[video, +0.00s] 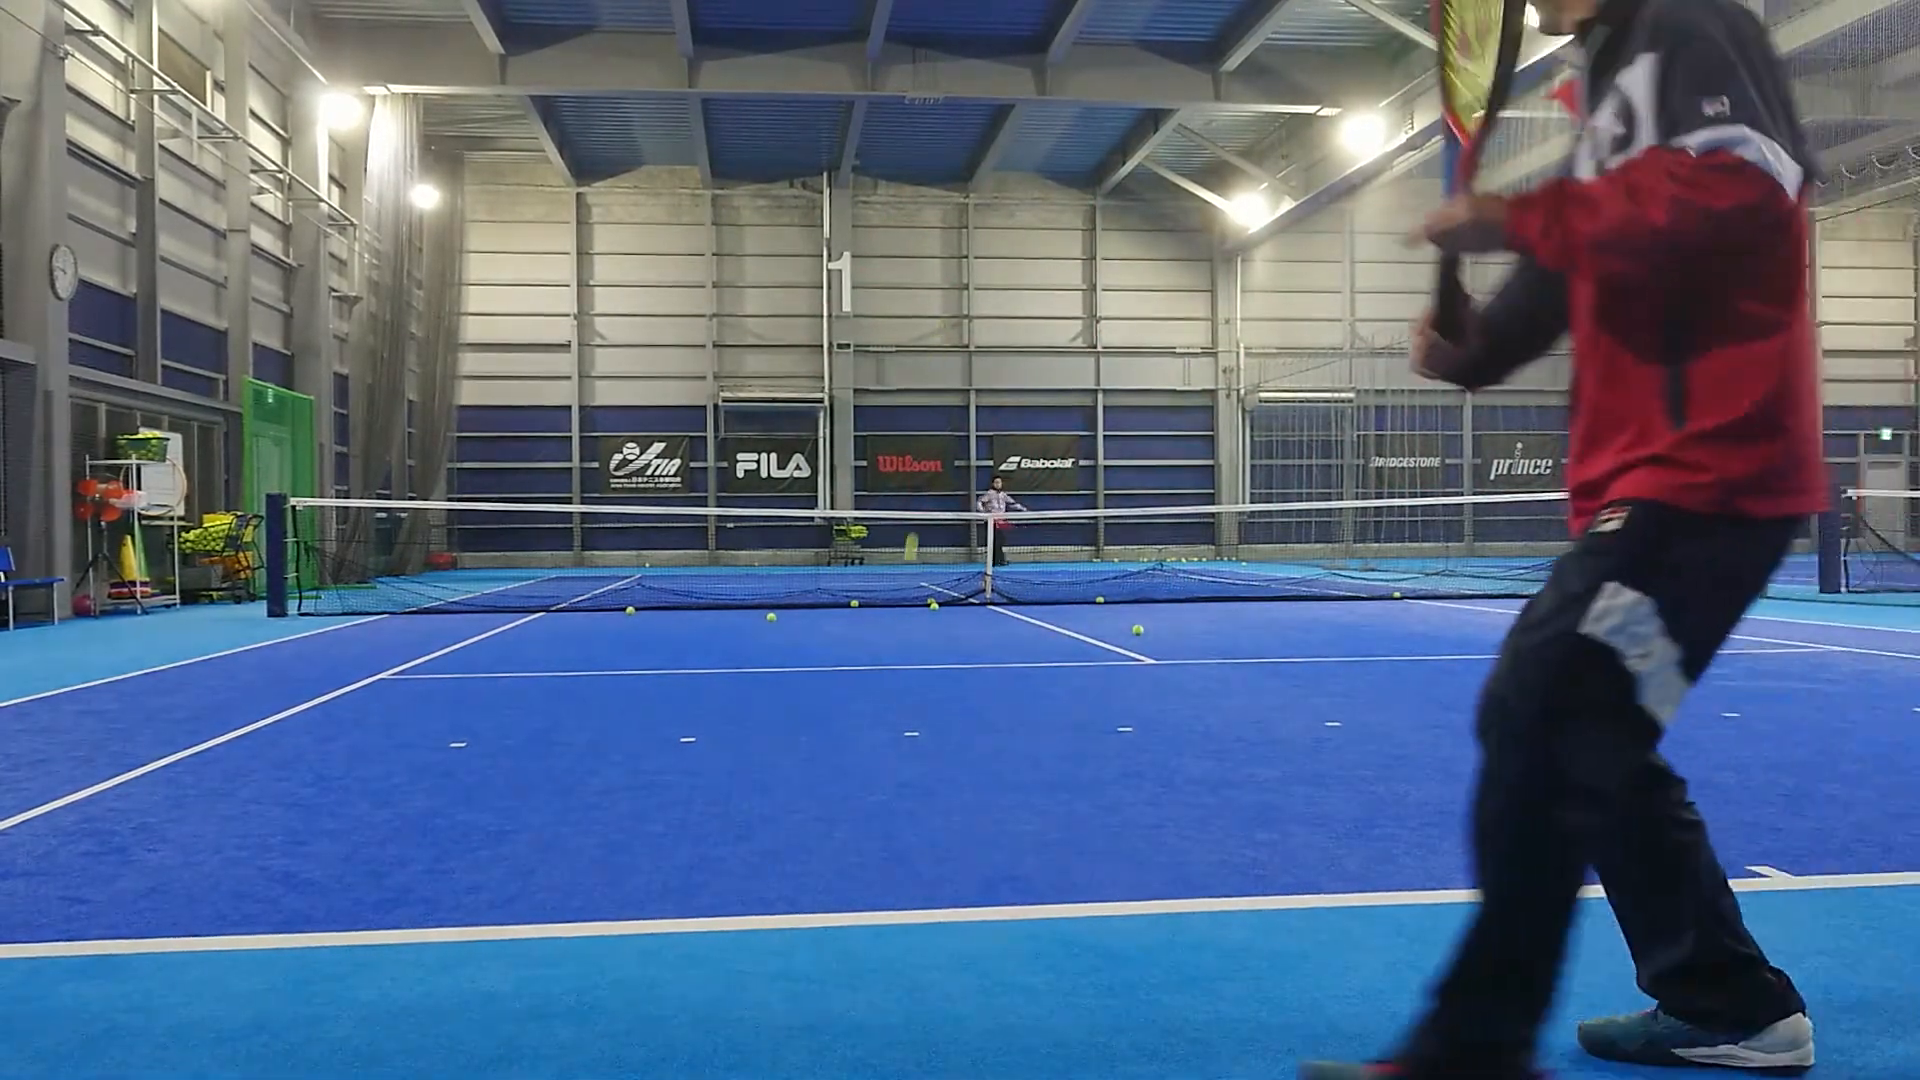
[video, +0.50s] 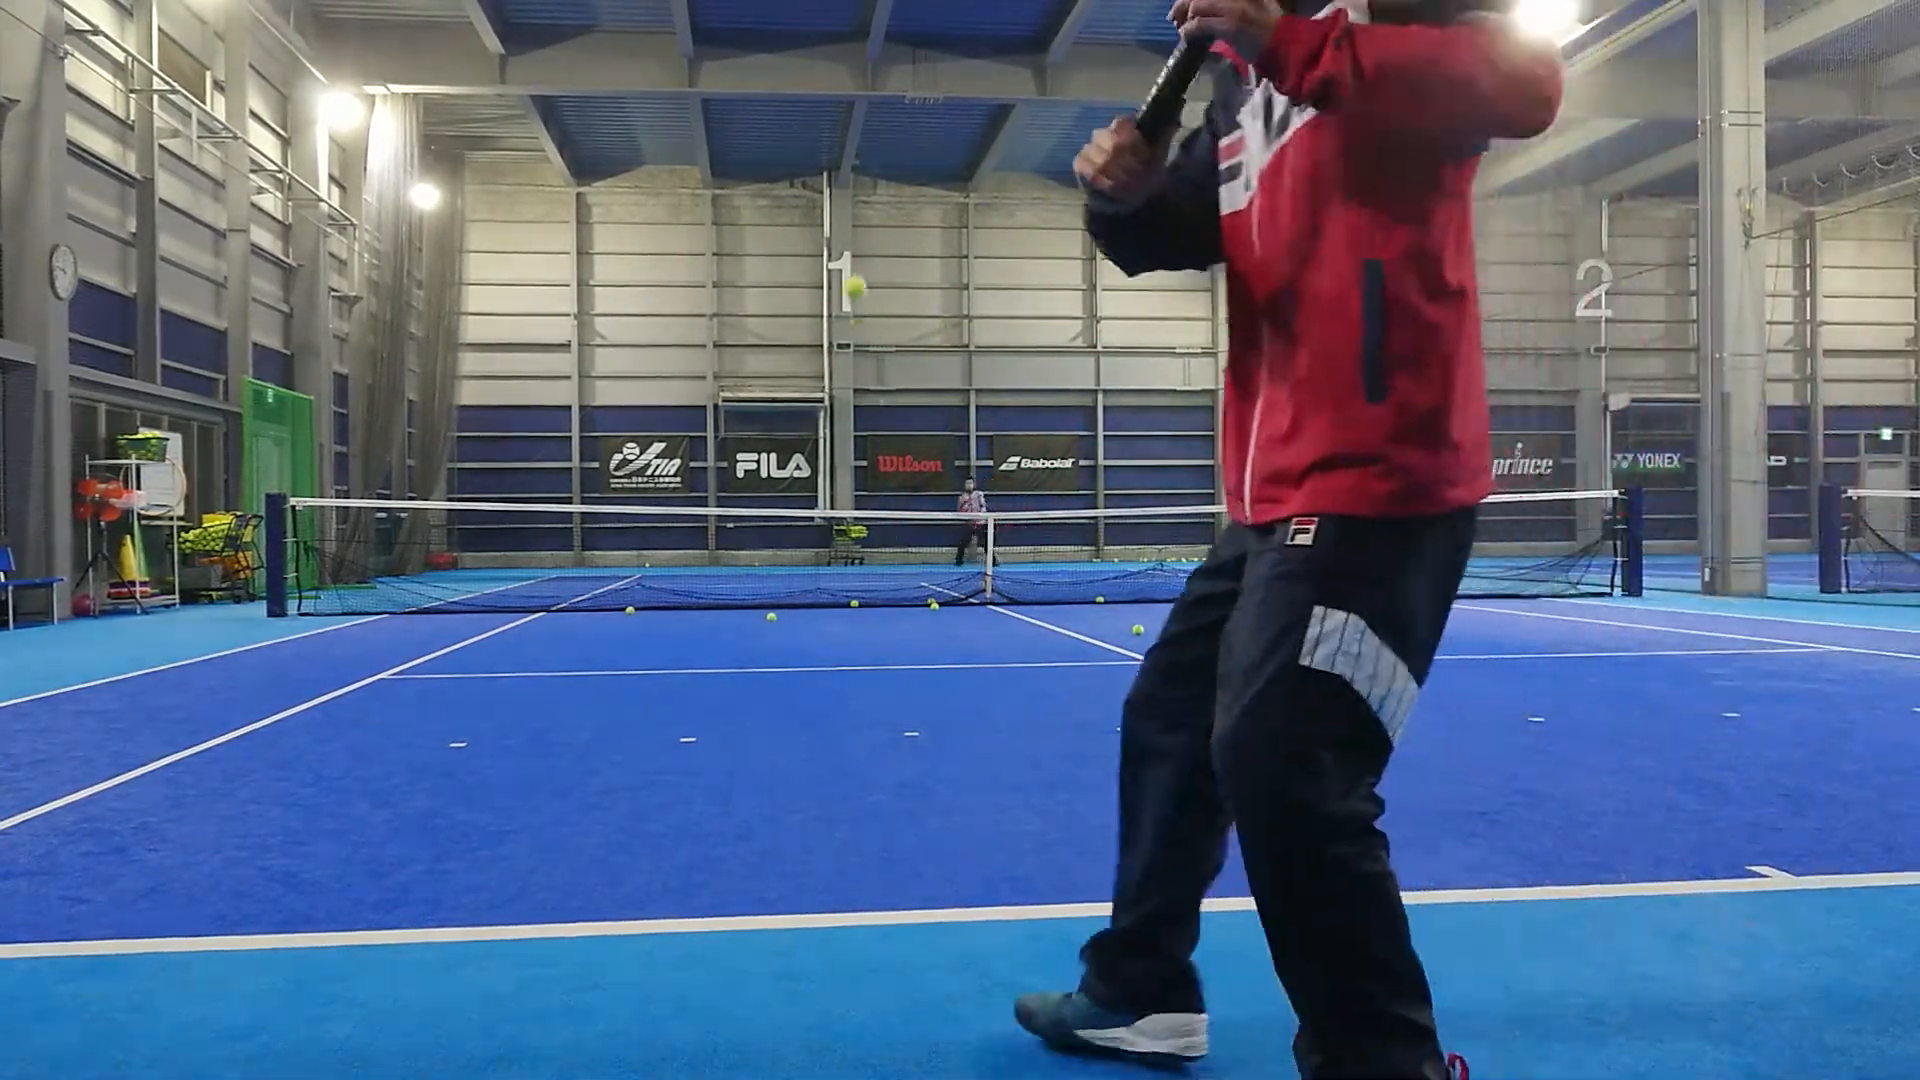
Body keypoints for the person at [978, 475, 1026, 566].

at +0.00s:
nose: (998, 484)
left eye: (1000, 482)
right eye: (996, 482)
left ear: (1002, 484)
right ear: (993, 484)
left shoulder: (1003, 495)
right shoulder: (990, 494)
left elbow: (1013, 503)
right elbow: (979, 501)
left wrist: (1023, 509)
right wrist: (982, 511)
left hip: (1000, 519)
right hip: (991, 519)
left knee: (998, 540)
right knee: (996, 540)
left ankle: (996, 559)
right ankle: (1000, 559)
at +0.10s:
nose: (994, 482)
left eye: (995, 480)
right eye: (992, 480)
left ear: (997, 482)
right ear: (988, 482)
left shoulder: (1001, 493)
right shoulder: (985, 492)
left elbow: (1012, 501)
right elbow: (975, 502)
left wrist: (1025, 505)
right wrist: (975, 512)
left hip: (997, 518)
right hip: (987, 518)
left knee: (996, 542)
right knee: (988, 542)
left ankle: (996, 561)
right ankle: (989, 561)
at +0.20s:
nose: (989, 482)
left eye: (990, 480)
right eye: (987, 480)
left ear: (993, 481)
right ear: (984, 482)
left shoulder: (997, 492)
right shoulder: (980, 493)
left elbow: (1008, 500)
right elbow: (972, 503)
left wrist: (1019, 503)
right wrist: (970, 512)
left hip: (994, 518)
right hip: (982, 518)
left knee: (994, 542)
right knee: (980, 541)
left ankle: (995, 561)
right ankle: (979, 561)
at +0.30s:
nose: (983, 483)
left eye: (984, 481)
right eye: (981, 481)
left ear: (987, 482)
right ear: (978, 483)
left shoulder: (993, 493)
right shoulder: (976, 494)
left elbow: (1001, 502)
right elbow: (969, 506)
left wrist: (1009, 506)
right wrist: (969, 515)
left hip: (990, 520)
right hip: (978, 520)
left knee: (992, 542)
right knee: (973, 541)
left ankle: (994, 561)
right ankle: (968, 559)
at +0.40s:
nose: (976, 484)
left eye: (978, 482)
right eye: (974, 482)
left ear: (980, 483)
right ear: (972, 483)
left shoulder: (986, 494)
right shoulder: (969, 496)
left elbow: (993, 505)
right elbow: (964, 509)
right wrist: (970, 517)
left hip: (986, 521)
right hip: (973, 521)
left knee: (990, 543)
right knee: (966, 542)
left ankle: (994, 561)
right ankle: (959, 561)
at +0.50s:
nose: (969, 486)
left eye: (970, 483)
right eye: (967, 483)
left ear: (974, 485)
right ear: (965, 485)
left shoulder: (979, 495)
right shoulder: (962, 497)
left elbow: (983, 506)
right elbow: (960, 510)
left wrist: (981, 517)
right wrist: (966, 518)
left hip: (979, 521)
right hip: (968, 522)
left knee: (985, 543)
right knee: (963, 542)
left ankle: (992, 560)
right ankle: (959, 559)